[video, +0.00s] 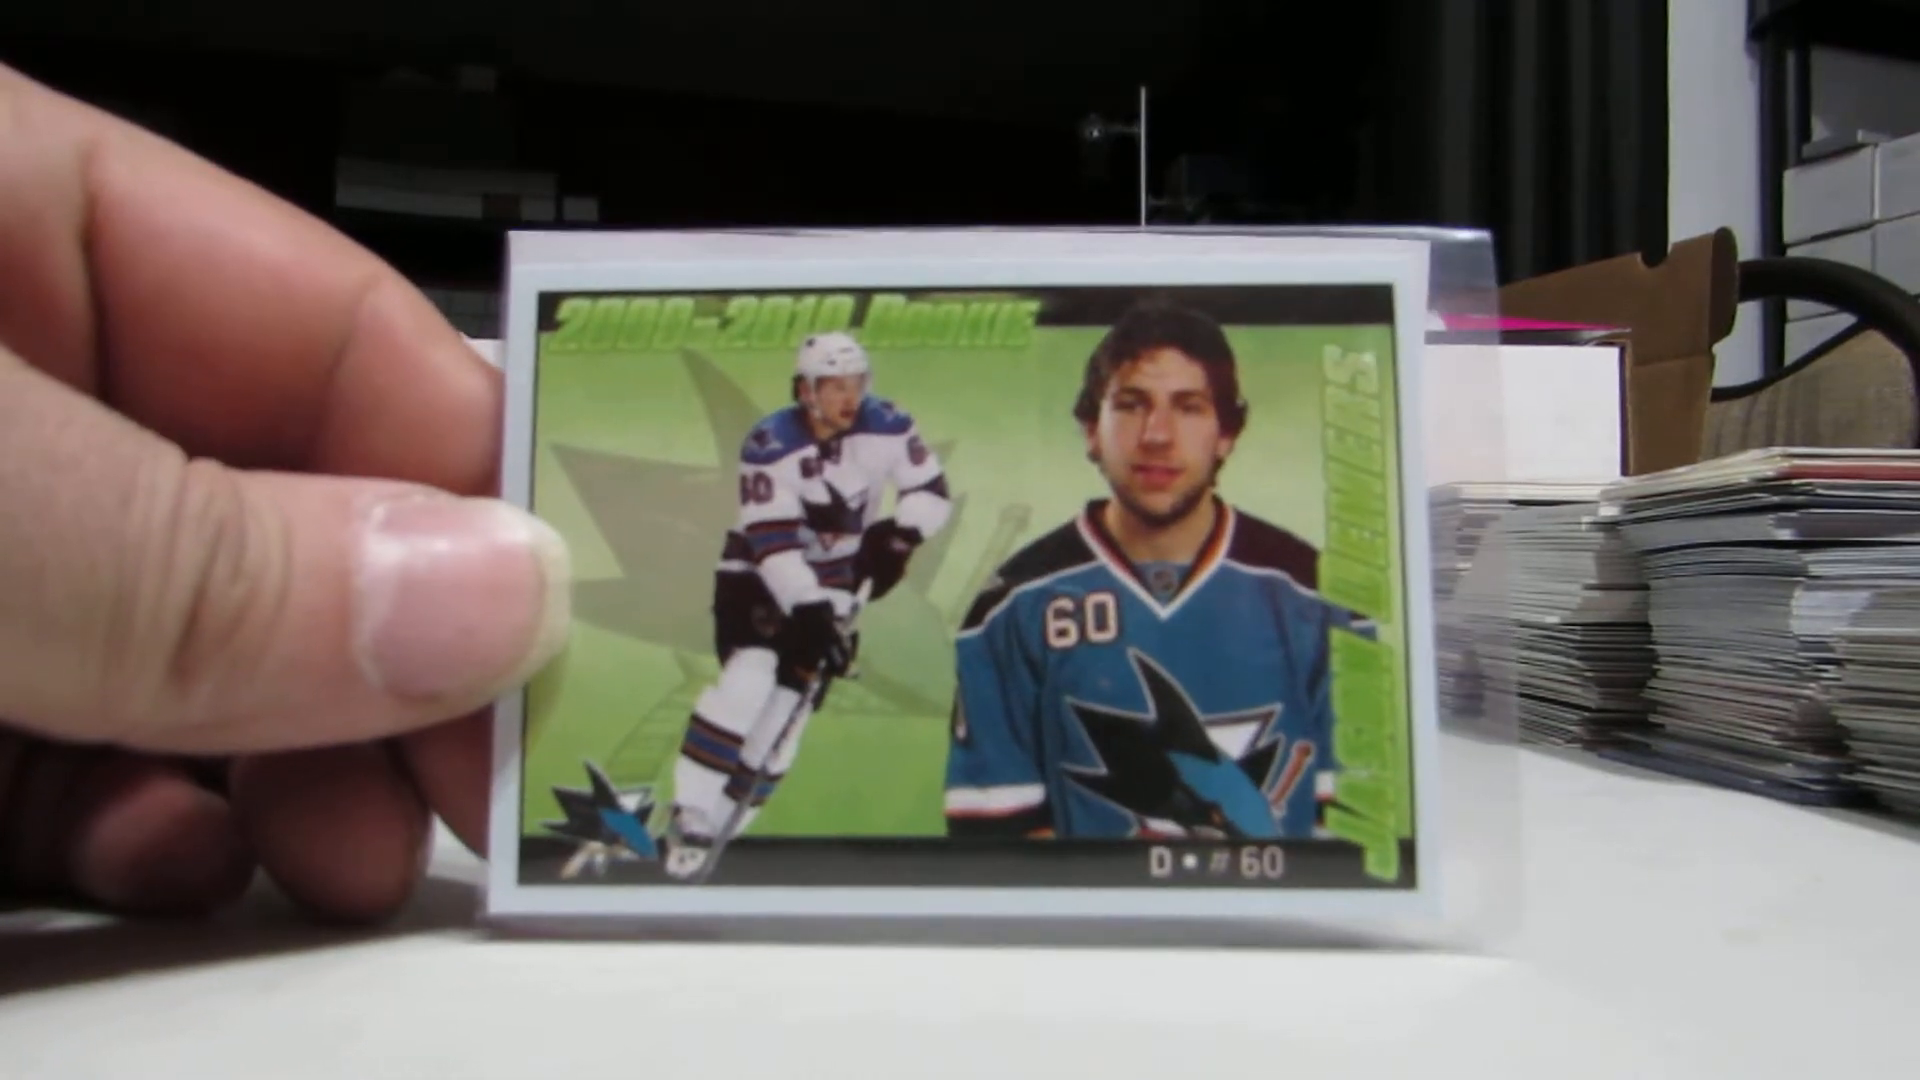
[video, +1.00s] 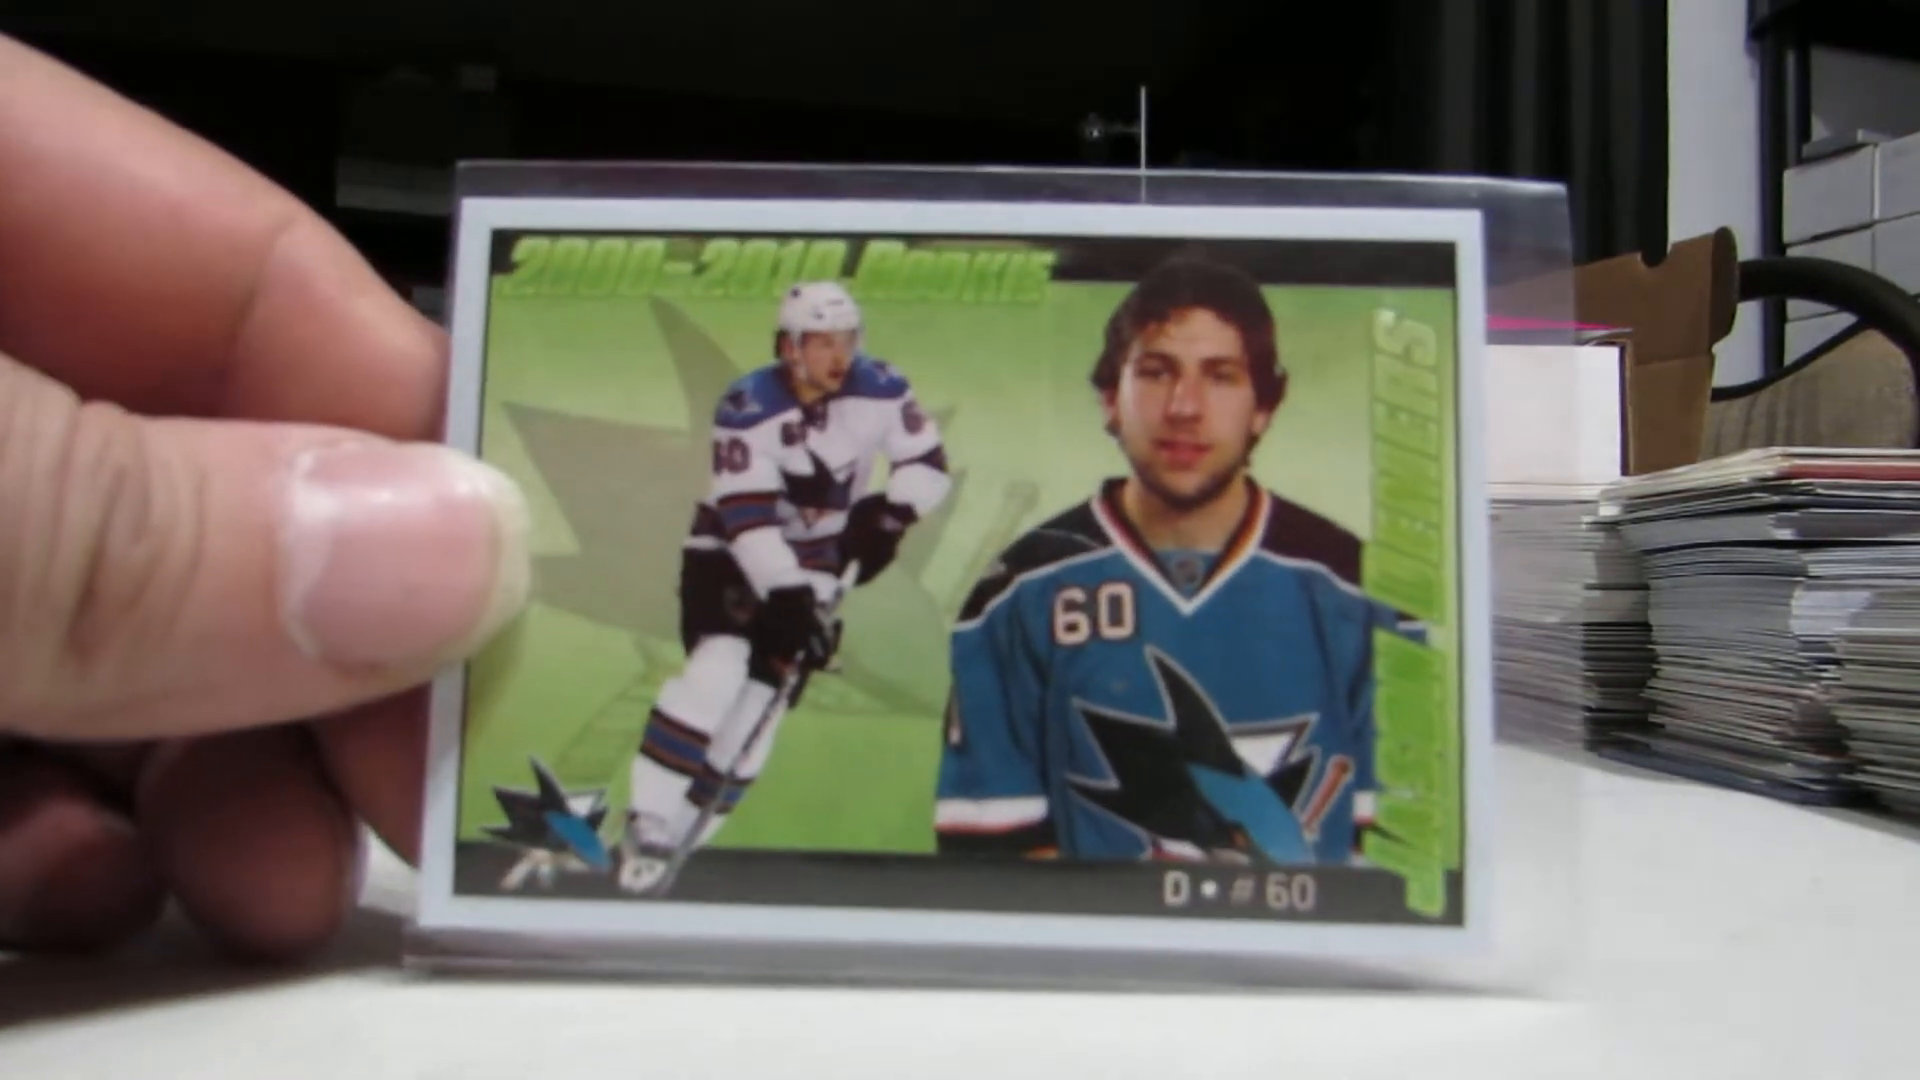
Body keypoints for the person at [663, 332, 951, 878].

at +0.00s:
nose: (849, 399)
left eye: (856, 386)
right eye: (836, 388)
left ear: (866, 386)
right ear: (806, 391)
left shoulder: (887, 427)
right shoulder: (771, 443)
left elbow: (929, 491)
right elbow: (771, 537)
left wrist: (898, 539)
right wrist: (808, 607)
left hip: (835, 581)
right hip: (761, 573)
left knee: (790, 705)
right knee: (750, 675)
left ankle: (724, 825)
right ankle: (693, 816)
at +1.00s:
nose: (841, 357)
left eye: (848, 344)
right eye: (826, 344)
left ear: (858, 343)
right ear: (791, 348)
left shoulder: (881, 392)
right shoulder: (749, 407)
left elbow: (927, 465)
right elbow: (746, 512)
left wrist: (888, 519)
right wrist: (786, 594)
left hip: (817, 563)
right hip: (734, 550)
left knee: (763, 700)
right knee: (720, 665)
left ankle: (686, 836)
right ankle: (651, 826)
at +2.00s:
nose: (826, 363)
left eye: (833, 349)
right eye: (810, 351)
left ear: (843, 349)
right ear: (774, 356)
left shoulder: (868, 398)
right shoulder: (733, 416)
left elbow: (916, 473)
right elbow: (732, 523)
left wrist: (878, 527)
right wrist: (776, 603)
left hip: (807, 573)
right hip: (722, 562)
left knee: (754, 716)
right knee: (709, 680)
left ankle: (678, 853)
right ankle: (642, 842)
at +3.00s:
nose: (823, 363)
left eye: (831, 349)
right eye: (807, 350)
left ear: (842, 350)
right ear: (772, 356)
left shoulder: (868, 399)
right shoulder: (732, 416)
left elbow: (916, 474)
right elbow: (731, 523)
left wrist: (876, 527)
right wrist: (774, 604)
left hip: (806, 574)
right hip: (721, 564)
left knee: (753, 718)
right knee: (707, 682)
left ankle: (679, 854)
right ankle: (640, 844)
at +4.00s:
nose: (822, 364)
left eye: (831, 350)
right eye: (806, 351)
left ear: (842, 350)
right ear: (772, 356)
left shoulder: (867, 398)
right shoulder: (732, 416)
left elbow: (916, 473)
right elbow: (732, 523)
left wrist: (877, 527)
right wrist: (775, 605)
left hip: (807, 573)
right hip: (721, 564)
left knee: (755, 715)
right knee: (709, 681)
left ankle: (681, 851)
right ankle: (642, 840)